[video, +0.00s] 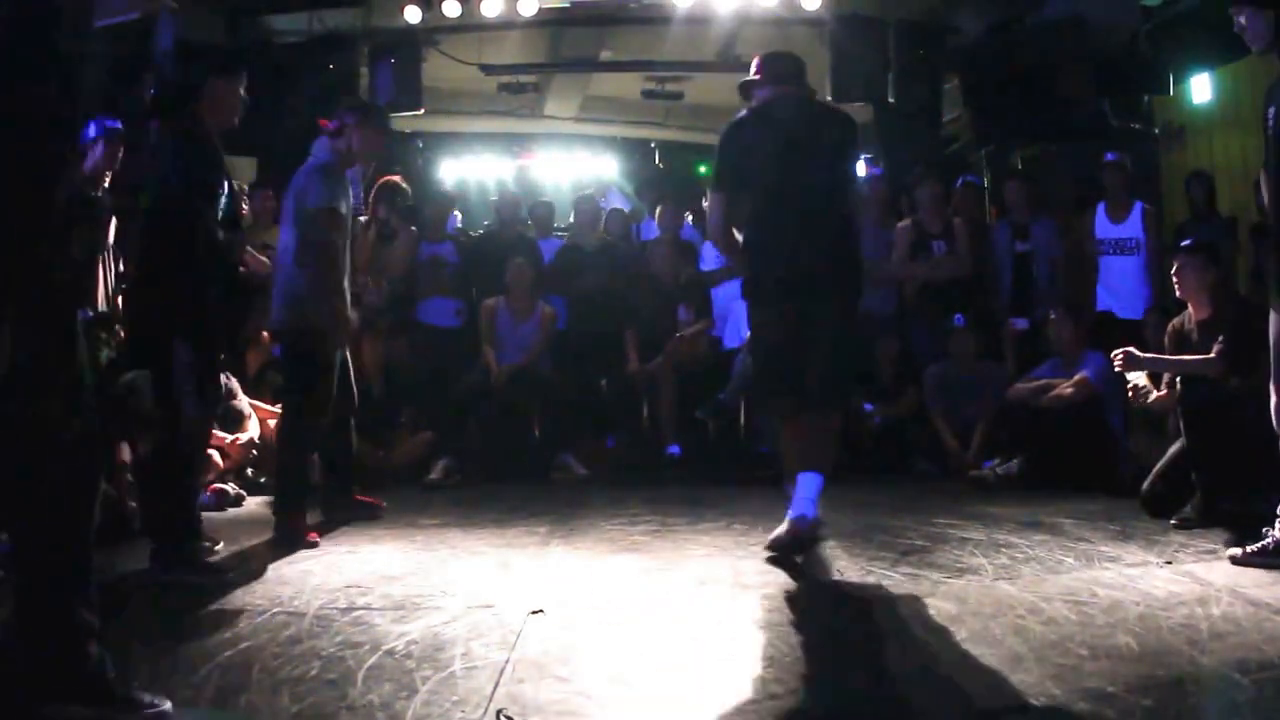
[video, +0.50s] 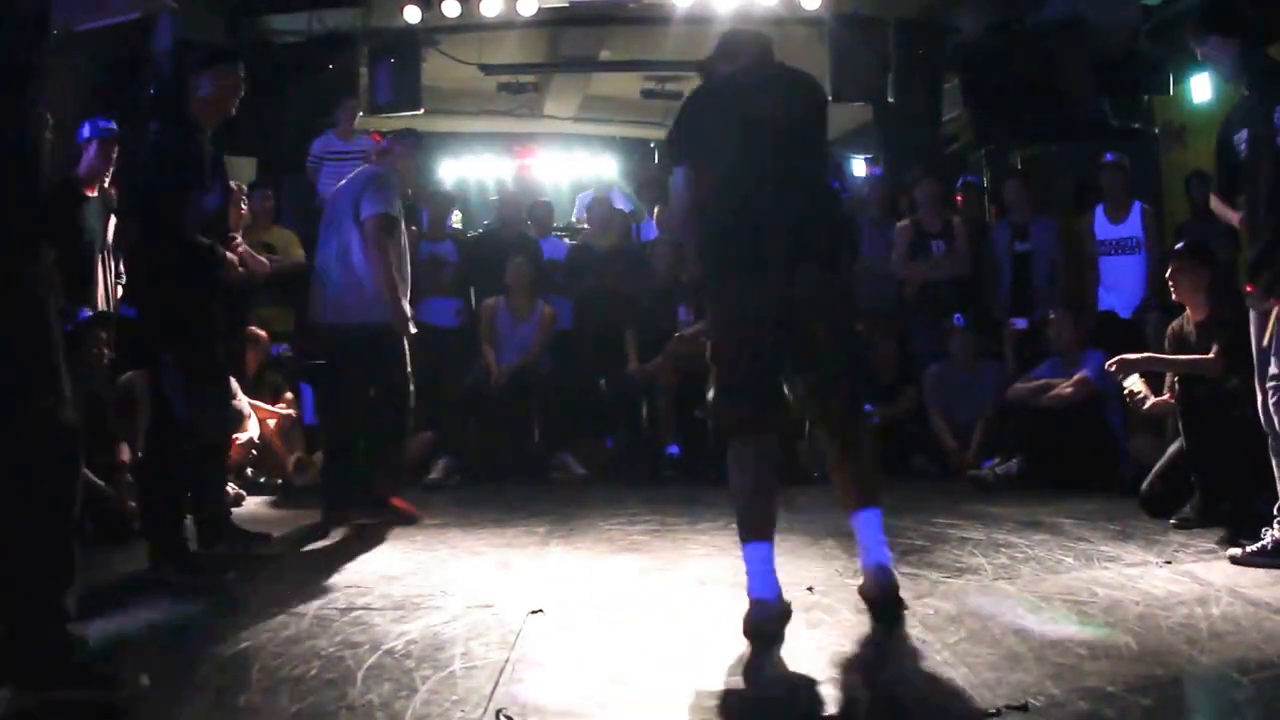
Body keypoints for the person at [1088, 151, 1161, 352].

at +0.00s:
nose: (1112, 180)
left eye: (1117, 174)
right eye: (1108, 174)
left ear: (1126, 178)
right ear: (1102, 178)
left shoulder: (1145, 214)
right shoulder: (1094, 215)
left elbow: (1153, 256)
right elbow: (1088, 258)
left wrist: (1155, 296)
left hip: (1138, 300)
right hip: (1106, 301)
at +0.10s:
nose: (1112, 180)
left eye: (1117, 174)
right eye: (1108, 174)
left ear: (1126, 178)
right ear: (1103, 178)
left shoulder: (1145, 214)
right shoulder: (1094, 215)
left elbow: (1153, 256)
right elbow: (1089, 258)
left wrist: (1156, 296)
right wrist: (1091, 295)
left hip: (1138, 300)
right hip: (1106, 301)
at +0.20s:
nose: (1112, 181)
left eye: (1117, 175)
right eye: (1108, 175)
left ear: (1127, 179)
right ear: (1102, 180)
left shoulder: (1145, 214)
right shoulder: (1094, 215)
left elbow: (1153, 255)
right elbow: (1089, 256)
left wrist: (1156, 296)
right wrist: (1091, 295)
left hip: (1138, 299)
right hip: (1107, 300)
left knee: (1141, 361)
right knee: (1107, 360)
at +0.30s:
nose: (1111, 181)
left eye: (1116, 175)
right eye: (1107, 175)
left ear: (1126, 179)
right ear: (1102, 180)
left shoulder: (1145, 214)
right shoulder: (1093, 216)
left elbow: (1154, 255)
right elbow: (1090, 258)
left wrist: (1156, 295)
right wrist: (1092, 297)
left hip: (1139, 301)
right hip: (1107, 302)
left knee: (1142, 362)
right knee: (1108, 360)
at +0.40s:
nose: (1110, 182)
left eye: (1115, 175)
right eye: (1106, 176)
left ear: (1125, 179)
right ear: (1101, 180)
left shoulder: (1144, 214)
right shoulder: (1093, 216)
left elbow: (1153, 255)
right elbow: (1090, 259)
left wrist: (1153, 296)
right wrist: (1091, 298)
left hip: (1138, 300)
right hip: (1106, 302)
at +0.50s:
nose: (1110, 182)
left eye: (1115, 176)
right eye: (1106, 176)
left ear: (1125, 179)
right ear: (1100, 180)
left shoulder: (1143, 214)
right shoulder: (1094, 217)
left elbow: (1152, 257)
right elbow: (1091, 261)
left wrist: (1148, 297)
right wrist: (1093, 300)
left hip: (1137, 300)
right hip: (1107, 302)